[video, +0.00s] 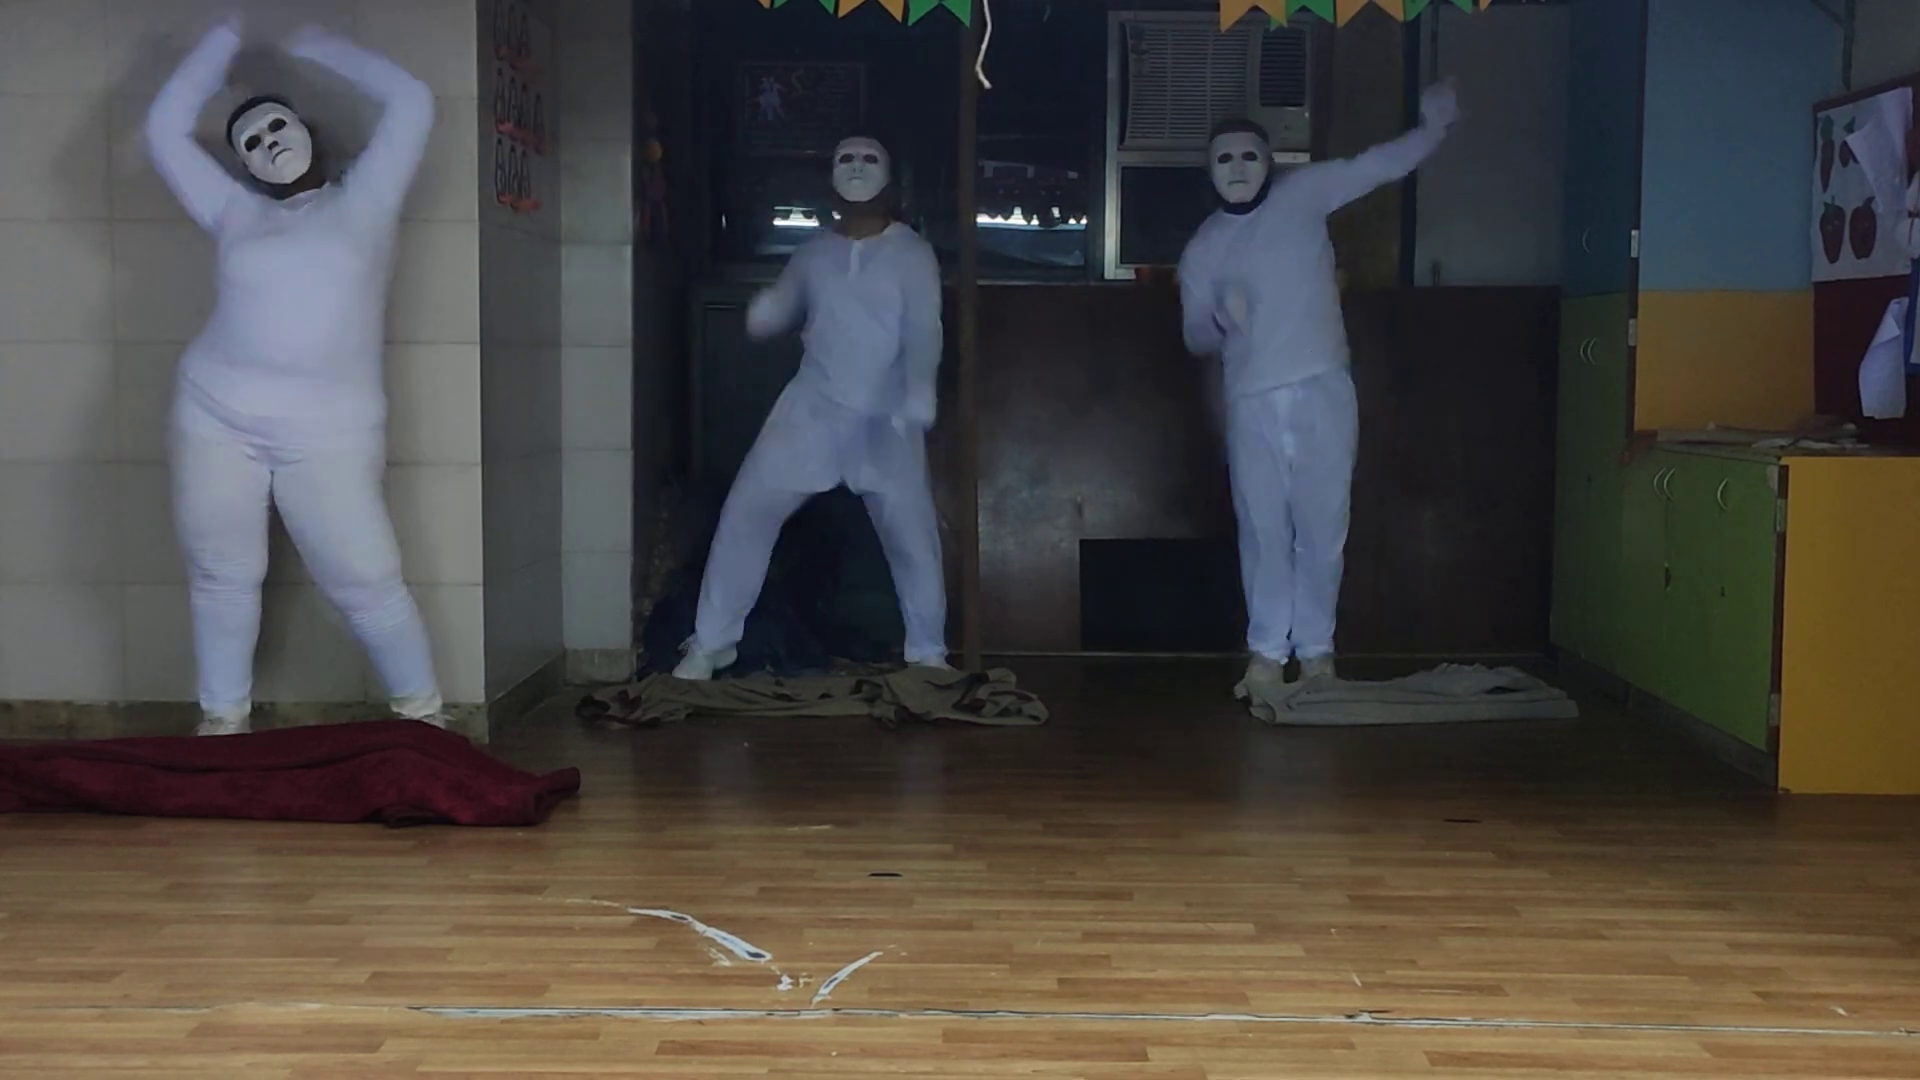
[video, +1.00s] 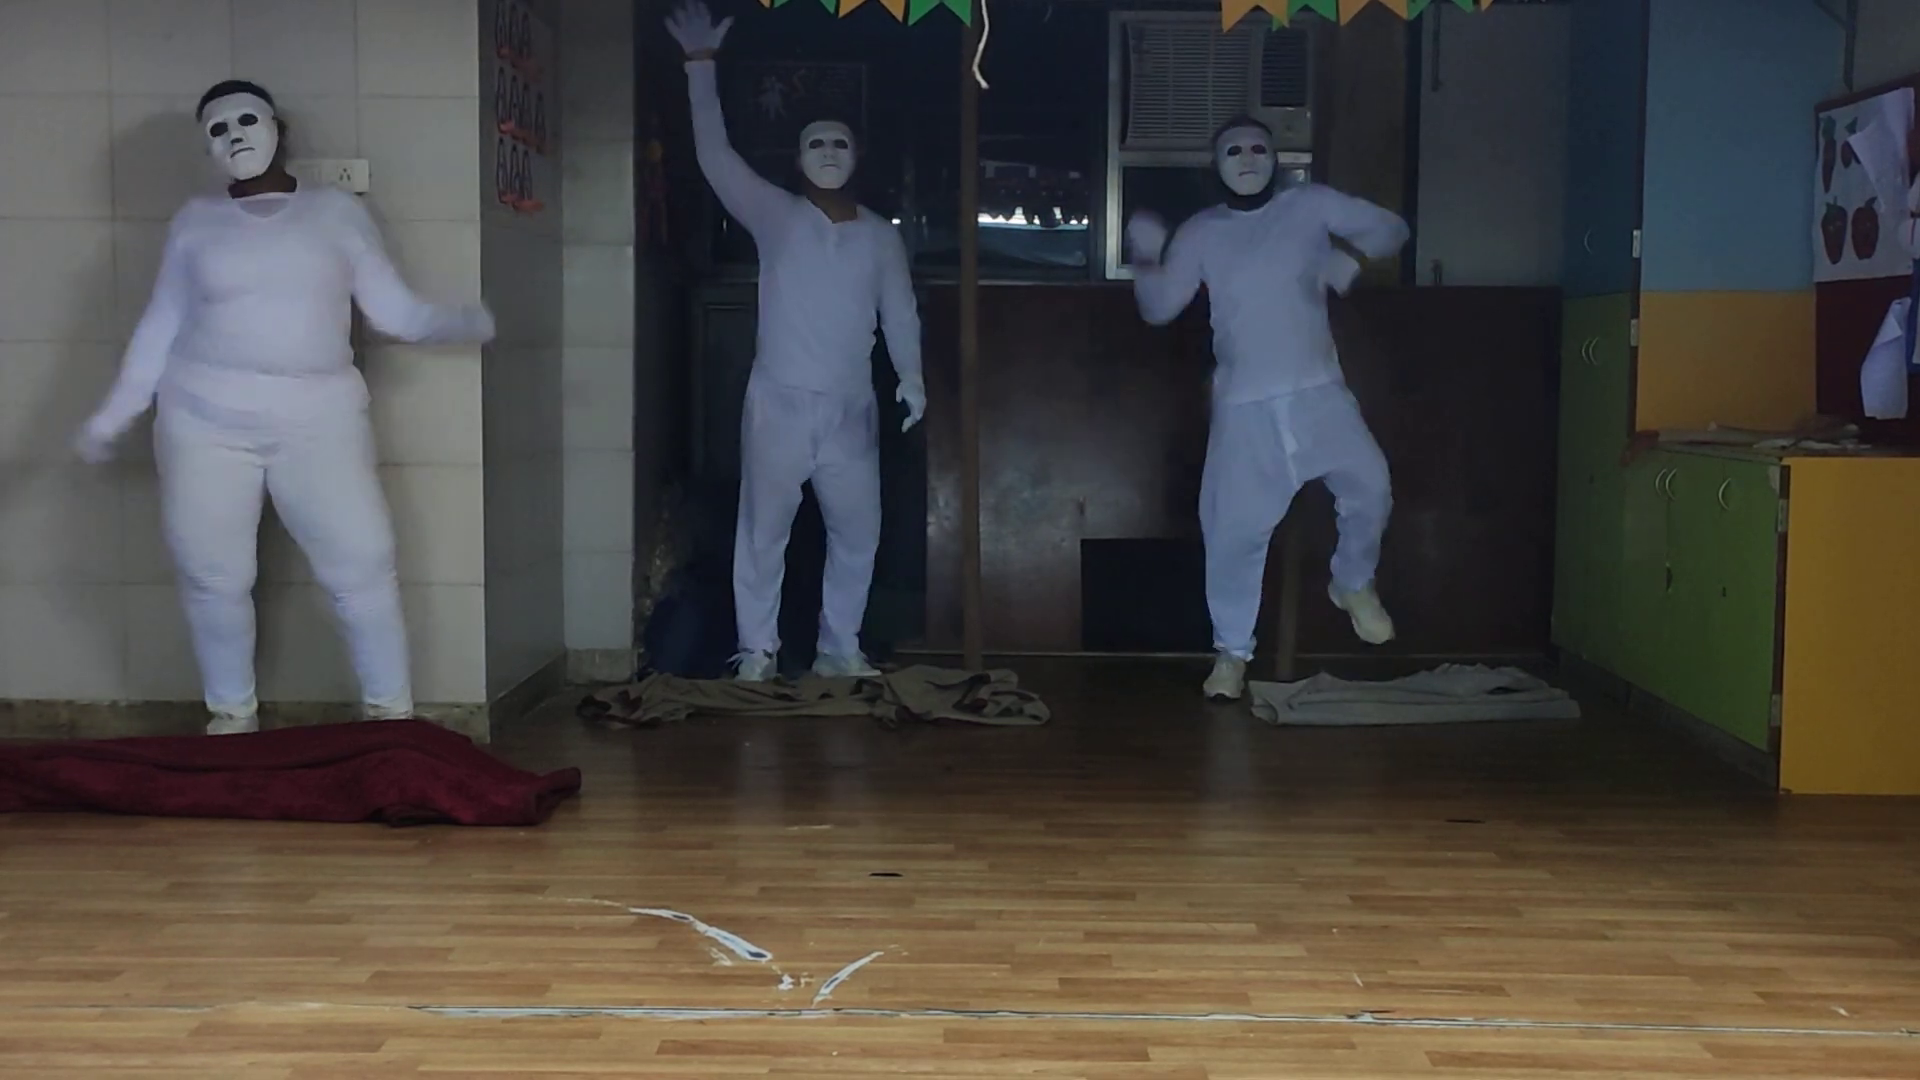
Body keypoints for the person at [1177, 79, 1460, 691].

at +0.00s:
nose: (1237, 169)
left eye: (1248, 157)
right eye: (1224, 159)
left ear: (1268, 162)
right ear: (1211, 170)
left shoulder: (1303, 193)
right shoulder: (1202, 249)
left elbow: (1381, 164)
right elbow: (1195, 339)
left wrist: (1432, 126)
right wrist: (1220, 320)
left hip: (1321, 389)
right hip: (1252, 401)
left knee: (1322, 525)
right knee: (1262, 528)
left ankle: (1318, 653)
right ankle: (1266, 657)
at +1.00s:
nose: (1247, 159)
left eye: (1258, 150)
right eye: (1235, 152)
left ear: (1274, 160)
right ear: (1217, 165)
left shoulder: (1309, 205)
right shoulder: (1199, 233)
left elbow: (1390, 232)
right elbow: (1159, 307)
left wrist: (1351, 255)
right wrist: (1146, 260)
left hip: (1320, 392)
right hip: (1245, 404)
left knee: (1370, 490)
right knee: (1231, 527)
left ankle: (1353, 584)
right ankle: (1232, 653)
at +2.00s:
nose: (1388, 301)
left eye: (1399, 288)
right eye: (1375, 289)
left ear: (1413, 281)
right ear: (1356, 281)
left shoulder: (1431, 330)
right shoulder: (1325, 313)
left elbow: (1443, 417)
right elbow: (1257, 379)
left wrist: (1452, 500)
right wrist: (1287, 350)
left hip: (1386, 458)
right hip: (1318, 454)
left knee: (1415, 563)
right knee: (1326, 555)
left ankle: (1374, 651)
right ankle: (1321, 657)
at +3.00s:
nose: (1384, 472)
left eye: (1395, 461)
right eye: (1373, 462)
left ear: (1412, 444)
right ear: (1355, 445)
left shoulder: (1439, 466)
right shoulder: (1325, 464)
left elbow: (1462, 547)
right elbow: (1289, 547)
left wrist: (1478, 630)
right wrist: (1288, 632)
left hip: (1402, 570)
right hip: (1341, 566)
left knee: (1441, 578)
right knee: (1327, 568)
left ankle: (1398, 647)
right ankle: (1322, 649)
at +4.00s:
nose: (1374, 393)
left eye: (1386, 379)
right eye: (1361, 382)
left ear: (1401, 377)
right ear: (1344, 382)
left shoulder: (1432, 425)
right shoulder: (1320, 428)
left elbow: (1463, 496)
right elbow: (1275, 500)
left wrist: (1496, 548)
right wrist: (1274, 553)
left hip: (1408, 557)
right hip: (1331, 557)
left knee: (1474, 592)